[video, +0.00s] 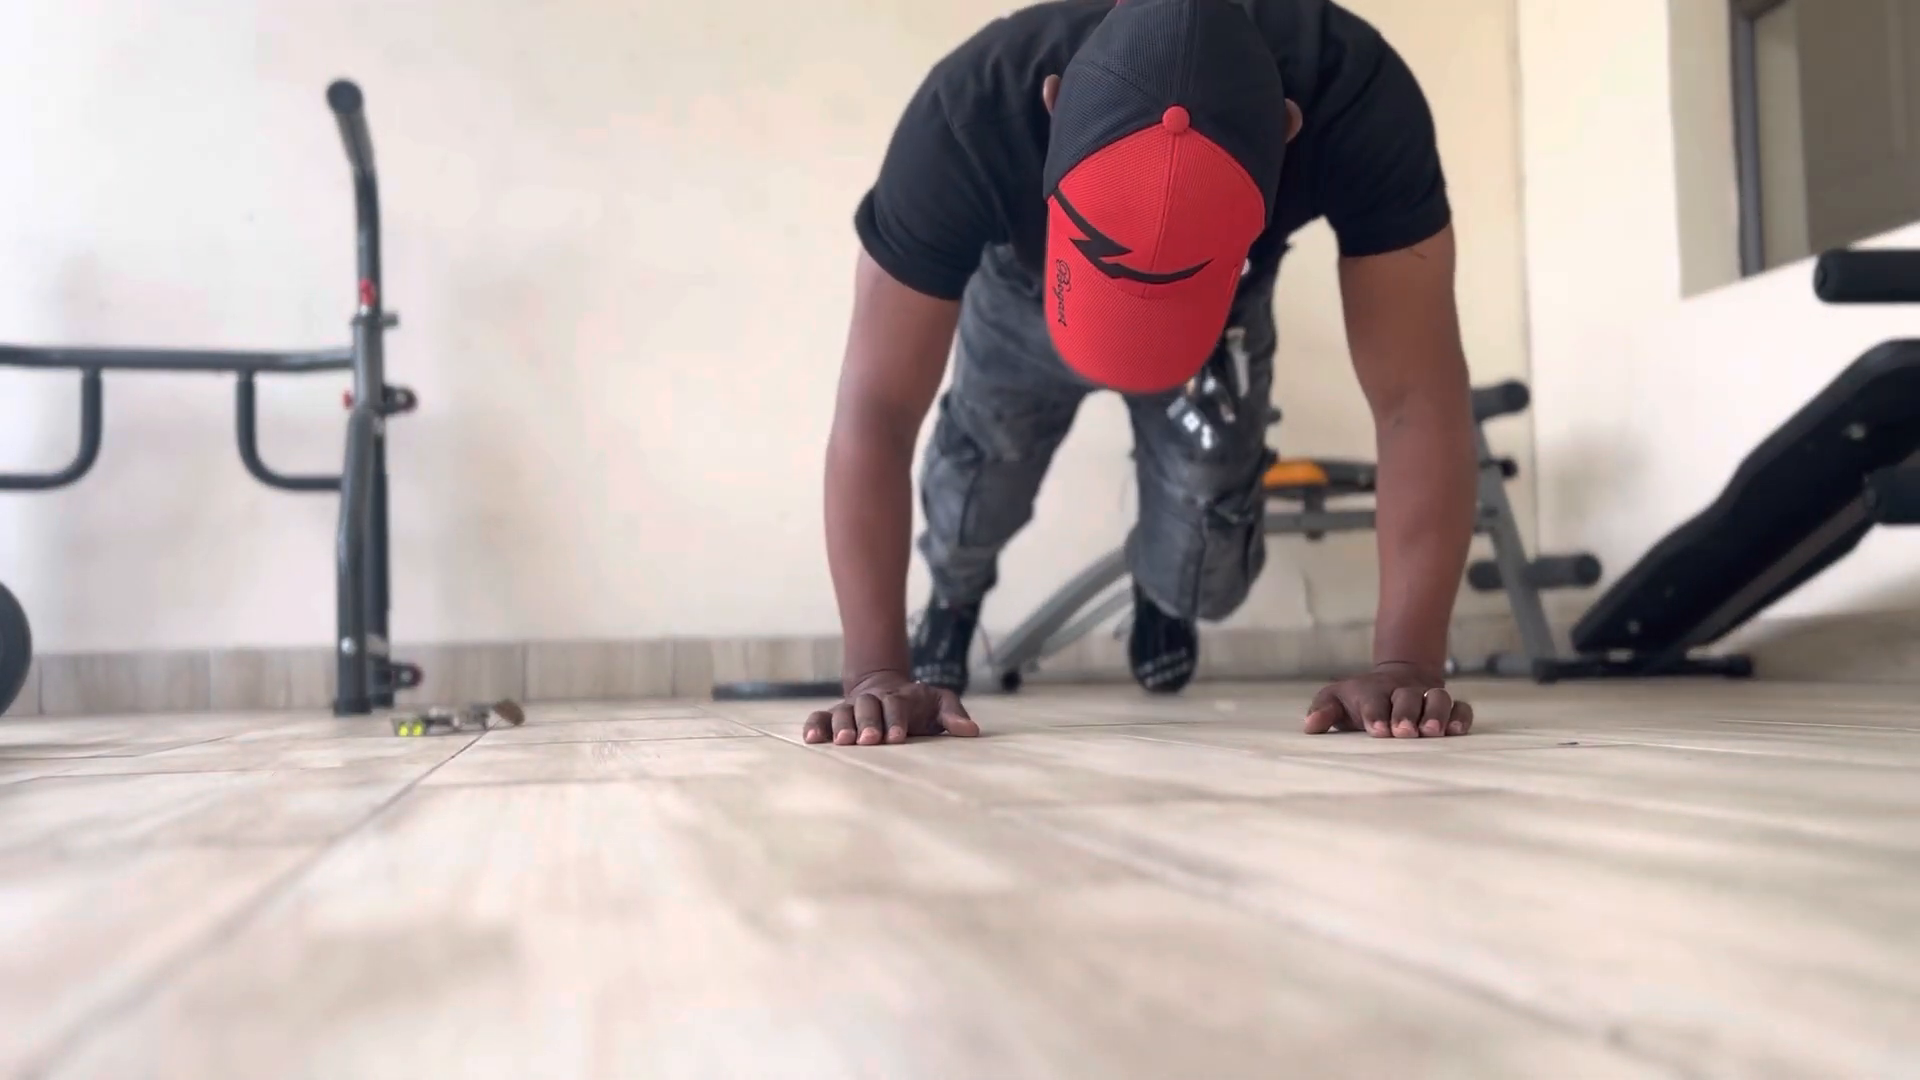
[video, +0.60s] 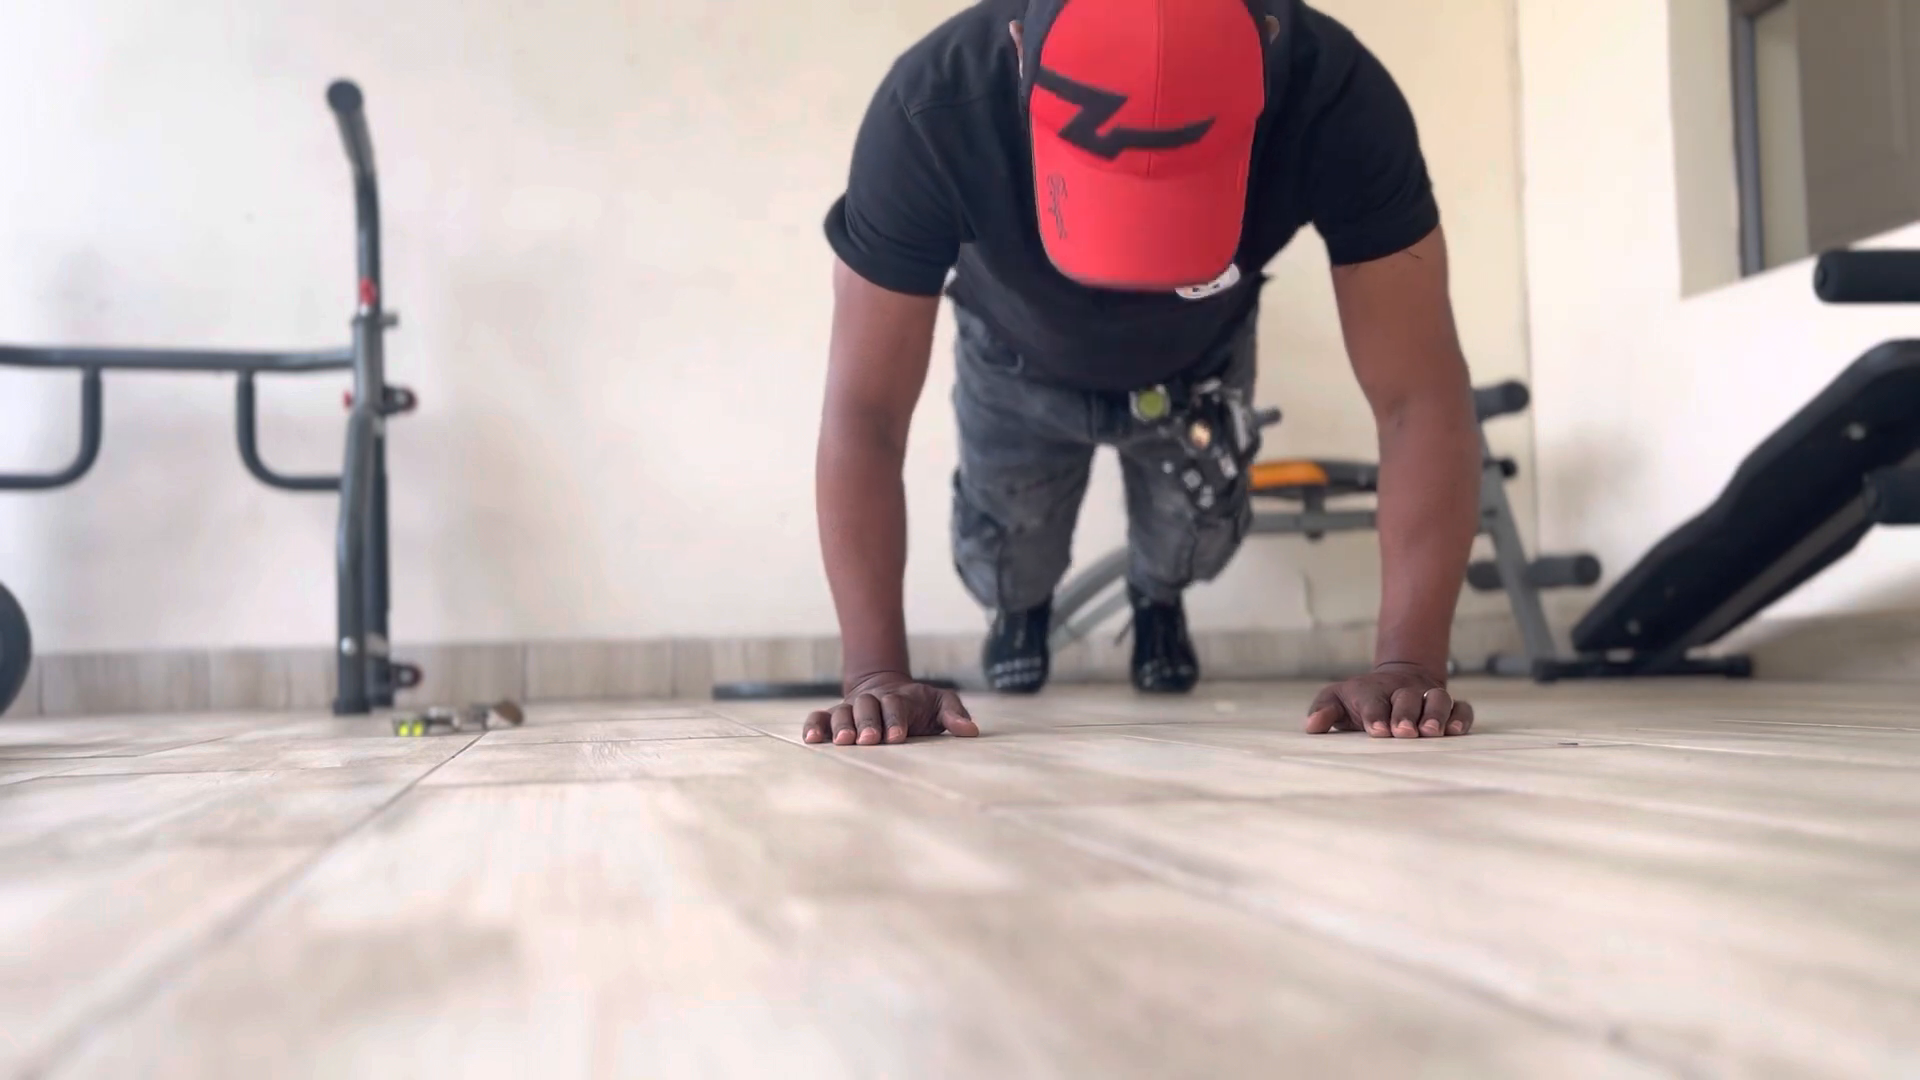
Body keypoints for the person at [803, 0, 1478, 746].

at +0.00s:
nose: (1132, 340)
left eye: (1173, 298)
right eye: (1097, 280)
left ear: (1286, 136)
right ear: (1055, 107)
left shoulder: (1369, 111)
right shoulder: (967, 121)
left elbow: (1418, 398)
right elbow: (872, 414)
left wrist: (1406, 663)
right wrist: (869, 673)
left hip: (1225, 280)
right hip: (1024, 261)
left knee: (1206, 574)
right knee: (983, 466)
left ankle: (1164, 590)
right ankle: (951, 602)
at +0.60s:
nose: (1142, 267)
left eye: (1174, 242)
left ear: (1254, 100)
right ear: (1033, 96)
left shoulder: (1339, 104)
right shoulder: (933, 115)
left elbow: (1420, 395)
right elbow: (863, 418)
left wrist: (1409, 663)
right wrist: (875, 674)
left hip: (1199, 347)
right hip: (1022, 348)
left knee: (1188, 534)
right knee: (1012, 541)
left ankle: (1159, 601)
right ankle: (1022, 605)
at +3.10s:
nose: (1068, 110)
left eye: (1114, 64)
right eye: (1023, 63)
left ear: (1174, 31)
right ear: (964, 27)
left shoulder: (1276, 84)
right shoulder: (866, 92)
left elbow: (1403, 390)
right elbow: (785, 406)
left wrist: (1358, 669)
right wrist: (800, 681)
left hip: (1179, 407)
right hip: (971, 405)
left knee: (1214, 528)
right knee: (929, 534)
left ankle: (1217, 611)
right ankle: (915, 617)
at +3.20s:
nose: (1066, 106)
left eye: (1112, 61)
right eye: (1025, 58)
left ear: (1174, 28)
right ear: (964, 24)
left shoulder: (1277, 80)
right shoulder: (865, 86)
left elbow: (1403, 388)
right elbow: (789, 401)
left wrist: (1358, 669)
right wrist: (800, 680)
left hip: (1178, 394)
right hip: (973, 392)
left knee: (1213, 522)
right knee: (929, 527)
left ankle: (1217, 611)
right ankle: (914, 616)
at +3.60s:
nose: (1075, 121)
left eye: (1119, 83)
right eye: (1034, 81)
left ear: (1179, 44)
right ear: (970, 39)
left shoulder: (1284, 76)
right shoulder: (870, 86)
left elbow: (1408, 385)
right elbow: (788, 401)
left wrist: (1360, 669)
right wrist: (800, 681)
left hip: (1181, 402)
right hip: (972, 400)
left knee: (1216, 528)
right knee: (927, 533)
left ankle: (1217, 609)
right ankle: (912, 616)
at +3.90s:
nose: (1071, 104)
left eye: (1115, 67)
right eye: (1028, 67)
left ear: (1175, 25)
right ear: (966, 26)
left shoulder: (1283, 67)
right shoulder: (865, 74)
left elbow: (1399, 381)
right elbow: (790, 395)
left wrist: (1357, 670)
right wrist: (801, 680)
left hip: (1181, 400)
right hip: (972, 398)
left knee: (1216, 527)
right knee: (928, 532)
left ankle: (1219, 609)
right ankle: (916, 615)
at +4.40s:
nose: (1098, 583)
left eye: (1142, 552)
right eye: (1061, 557)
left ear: (1220, 379)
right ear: (956, 398)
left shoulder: (1301, 355)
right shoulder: (866, 372)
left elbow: (1449, 450)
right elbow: (714, 471)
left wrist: (1358, 672)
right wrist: (798, 683)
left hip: (1212, 563)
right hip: (960, 566)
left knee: (1228, 602)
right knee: (911, 597)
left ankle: (1204, 628)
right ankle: (902, 640)